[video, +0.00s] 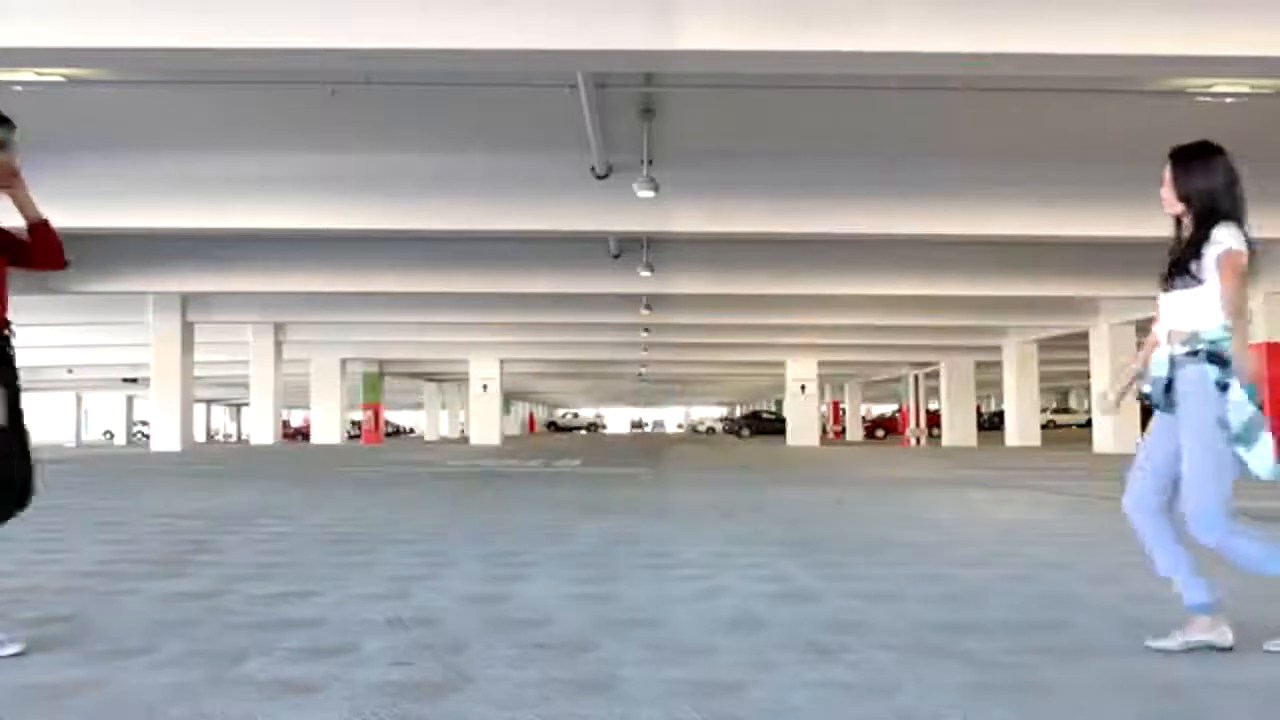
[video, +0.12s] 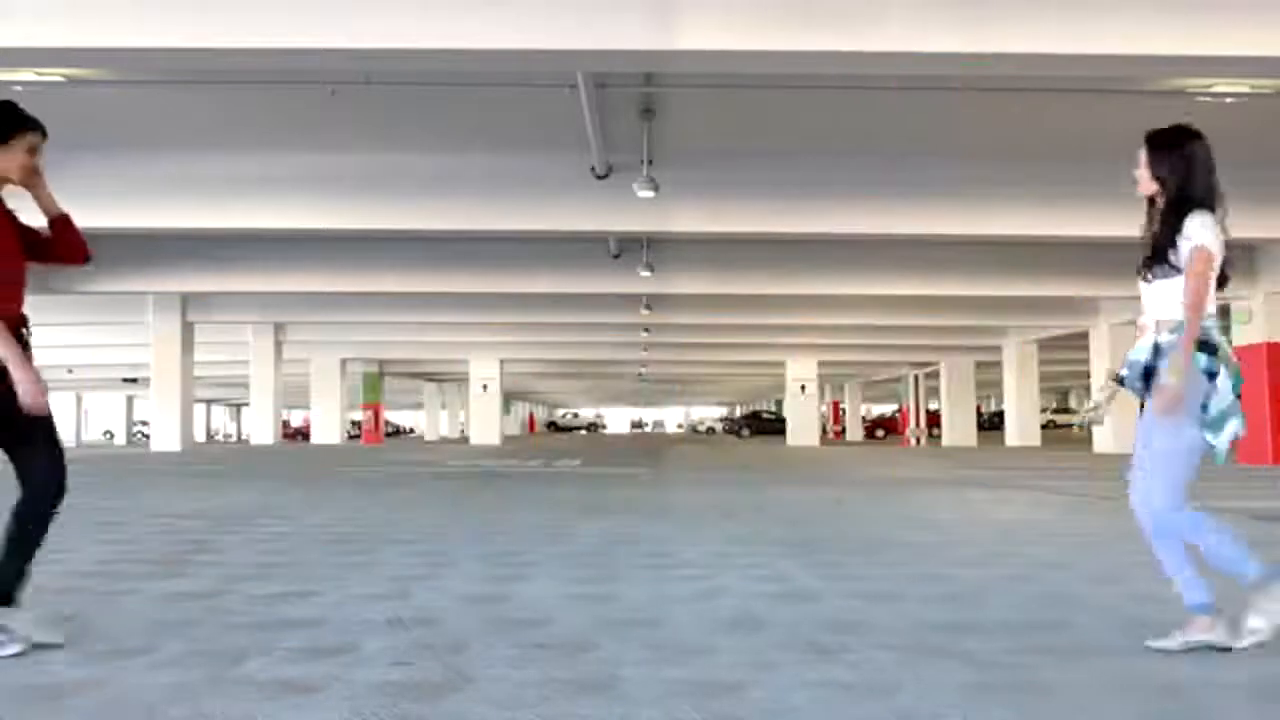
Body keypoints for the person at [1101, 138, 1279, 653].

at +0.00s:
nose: (1162, 187)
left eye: (1170, 179)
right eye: (1164, 178)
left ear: (1193, 185)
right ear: (1199, 186)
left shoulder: (1224, 236)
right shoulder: (1190, 243)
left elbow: (1237, 317)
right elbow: (1166, 322)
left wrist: (1247, 391)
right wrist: (1138, 373)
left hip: (1206, 381)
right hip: (1175, 382)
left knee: (1207, 521)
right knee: (1141, 500)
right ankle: (1204, 618)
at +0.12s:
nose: (1137, 172)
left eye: (1144, 164)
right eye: (1139, 163)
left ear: (1170, 169)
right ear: (1175, 169)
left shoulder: (1198, 224)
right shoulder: (1169, 228)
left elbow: (1196, 309)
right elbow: (1157, 311)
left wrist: (1179, 376)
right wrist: (1138, 373)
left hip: (1186, 370)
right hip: (1160, 370)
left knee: (1165, 505)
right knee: (1145, 502)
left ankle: (1262, 581)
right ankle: (1202, 615)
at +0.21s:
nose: (1122, 161)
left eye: (1131, 153)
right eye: (1125, 152)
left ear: (1156, 158)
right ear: (1155, 160)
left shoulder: (1187, 215)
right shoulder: (1145, 218)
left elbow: (1172, 299)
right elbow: (1143, 303)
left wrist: (1143, 368)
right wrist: (1109, 349)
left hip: (1183, 355)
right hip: (1161, 355)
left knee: (1132, 483)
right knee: (1163, 488)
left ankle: (1203, 602)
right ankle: (1204, 615)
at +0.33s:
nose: (1100, 155)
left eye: (1109, 147)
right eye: (1102, 146)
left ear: (1137, 152)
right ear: (1135, 154)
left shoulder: (1171, 209)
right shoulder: (1112, 216)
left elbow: (1144, 296)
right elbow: (1095, 288)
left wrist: (1101, 360)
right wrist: (1074, 332)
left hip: (1168, 351)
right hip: (1136, 353)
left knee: (1125, 475)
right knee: (1171, 487)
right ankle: (1205, 615)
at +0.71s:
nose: (1037, 162)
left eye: (1046, 154)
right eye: (1039, 153)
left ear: (1075, 159)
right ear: (1067, 160)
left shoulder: (1115, 225)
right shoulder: (1034, 218)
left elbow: (1098, 316)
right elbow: (1023, 296)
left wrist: (1069, 392)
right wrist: (1020, 360)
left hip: (1099, 366)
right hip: (1053, 364)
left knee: (1050, 489)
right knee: (1092, 503)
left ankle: (1039, 621)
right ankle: (1179, 594)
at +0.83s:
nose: (1016, 166)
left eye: (1026, 158)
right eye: (1019, 157)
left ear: (1052, 169)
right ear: (1035, 167)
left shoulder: (1092, 238)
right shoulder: (1011, 218)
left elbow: (1090, 329)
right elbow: (998, 297)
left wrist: (1081, 408)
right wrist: (997, 370)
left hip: (1071, 367)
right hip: (1023, 366)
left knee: (1041, 494)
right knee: (1017, 496)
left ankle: (1040, 619)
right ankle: (1120, 573)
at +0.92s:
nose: (1004, 157)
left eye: (1014, 150)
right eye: (1007, 149)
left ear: (1039, 161)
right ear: (1028, 161)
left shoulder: (1083, 231)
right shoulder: (995, 215)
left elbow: (1086, 315)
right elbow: (984, 296)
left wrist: (1085, 396)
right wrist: (977, 366)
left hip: (1056, 358)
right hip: (1008, 359)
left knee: (1031, 489)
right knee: (988, 501)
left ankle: (1041, 621)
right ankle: (1058, 586)